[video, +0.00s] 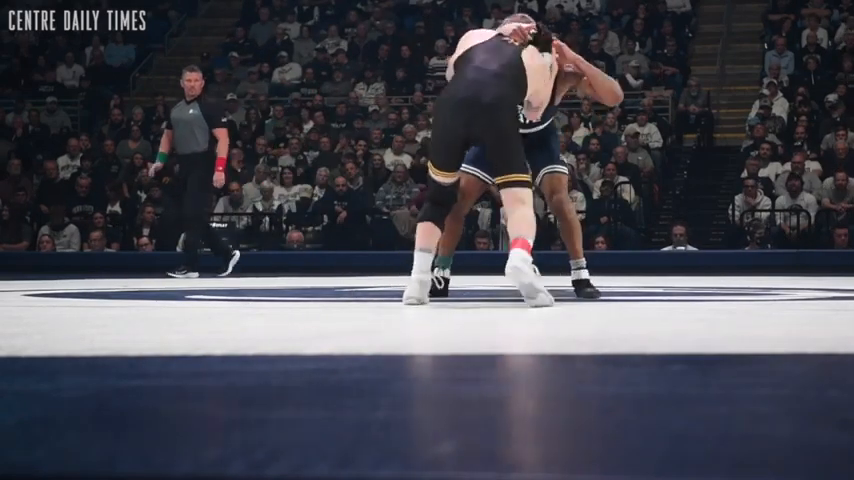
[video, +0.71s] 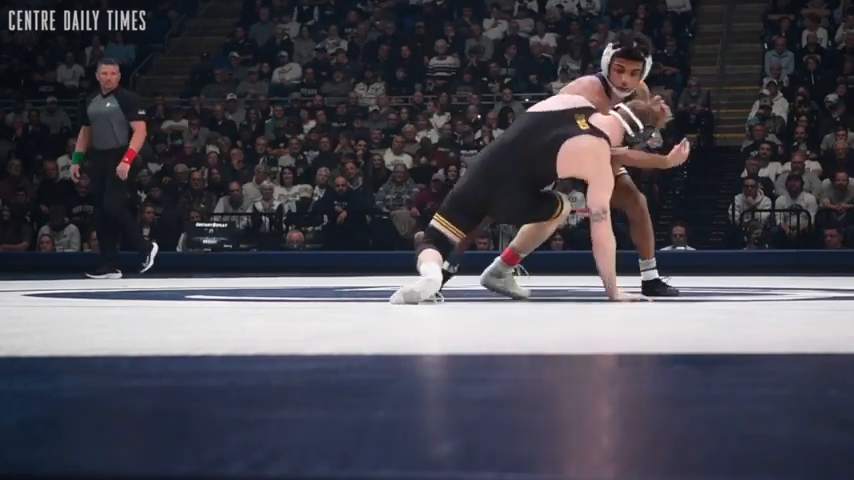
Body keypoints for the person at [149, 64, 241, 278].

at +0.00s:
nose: (191, 85)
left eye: (195, 81)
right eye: (188, 81)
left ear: (202, 82)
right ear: (182, 83)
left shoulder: (210, 106)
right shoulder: (176, 109)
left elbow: (223, 138)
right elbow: (167, 136)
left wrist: (220, 169)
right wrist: (160, 160)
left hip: (202, 164)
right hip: (183, 165)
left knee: (194, 212)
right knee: (191, 214)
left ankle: (190, 265)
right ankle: (227, 253)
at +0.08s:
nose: (184, 84)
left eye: (188, 79)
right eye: (180, 79)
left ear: (194, 81)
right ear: (173, 82)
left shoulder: (201, 104)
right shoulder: (167, 107)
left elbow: (213, 137)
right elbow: (159, 134)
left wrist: (206, 166)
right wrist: (151, 158)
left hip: (192, 162)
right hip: (172, 163)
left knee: (186, 212)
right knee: (173, 213)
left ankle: (189, 265)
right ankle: (212, 246)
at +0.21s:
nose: (171, 81)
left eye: (175, 77)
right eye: (166, 77)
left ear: (181, 79)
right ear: (160, 80)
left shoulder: (187, 102)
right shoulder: (155, 106)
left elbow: (196, 134)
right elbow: (148, 133)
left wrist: (181, 161)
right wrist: (140, 160)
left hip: (181, 161)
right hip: (160, 162)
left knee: (180, 210)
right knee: (151, 207)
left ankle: (187, 262)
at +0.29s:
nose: (161, 81)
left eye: (165, 77)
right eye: (157, 77)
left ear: (171, 79)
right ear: (150, 79)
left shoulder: (179, 102)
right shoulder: (145, 105)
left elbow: (186, 134)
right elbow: (139, 134)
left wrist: (166, 158)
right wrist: (132, 161)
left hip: (176, 163)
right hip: (150, 164)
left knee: (177, 211)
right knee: (137, 207)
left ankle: (188, 264)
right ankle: (142, 262)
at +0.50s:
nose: (134, 83)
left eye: (138, 78)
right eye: (130, 78)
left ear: (145, 80)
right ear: (123, 81)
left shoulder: (152, 103)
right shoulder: (118, 106)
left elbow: (161, 135)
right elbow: (114, 137)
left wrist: (140, 159)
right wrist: (108, 165)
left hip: (150, 164)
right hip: (126, 166)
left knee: (162, 211)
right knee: (119, 213)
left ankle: (184, 260)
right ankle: (113, 265)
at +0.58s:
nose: (123, 81)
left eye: (127, 76)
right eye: (119, 76)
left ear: (133, 79)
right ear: (112, 78)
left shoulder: (141, 101)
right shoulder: (108, 104)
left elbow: (152, 133)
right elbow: (103, 134)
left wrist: (135, 159)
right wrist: (97, 163)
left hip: (137, 161)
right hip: (113, 162)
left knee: (140, 210)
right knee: (110, 212)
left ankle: (174, 251)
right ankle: (111, 265)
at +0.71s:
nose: (108, 78)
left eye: (112, 74)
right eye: (104, 74)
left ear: (119, 76)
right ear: (97, 76)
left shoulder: (128, 98)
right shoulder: (90, 102)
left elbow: (140, 131)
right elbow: (85, 132)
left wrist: (127, 160)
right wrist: (76, 160)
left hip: (121, 159)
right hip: (98, 160)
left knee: (114, 206)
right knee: (102, 211)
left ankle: (145, 247)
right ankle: (110, 265)